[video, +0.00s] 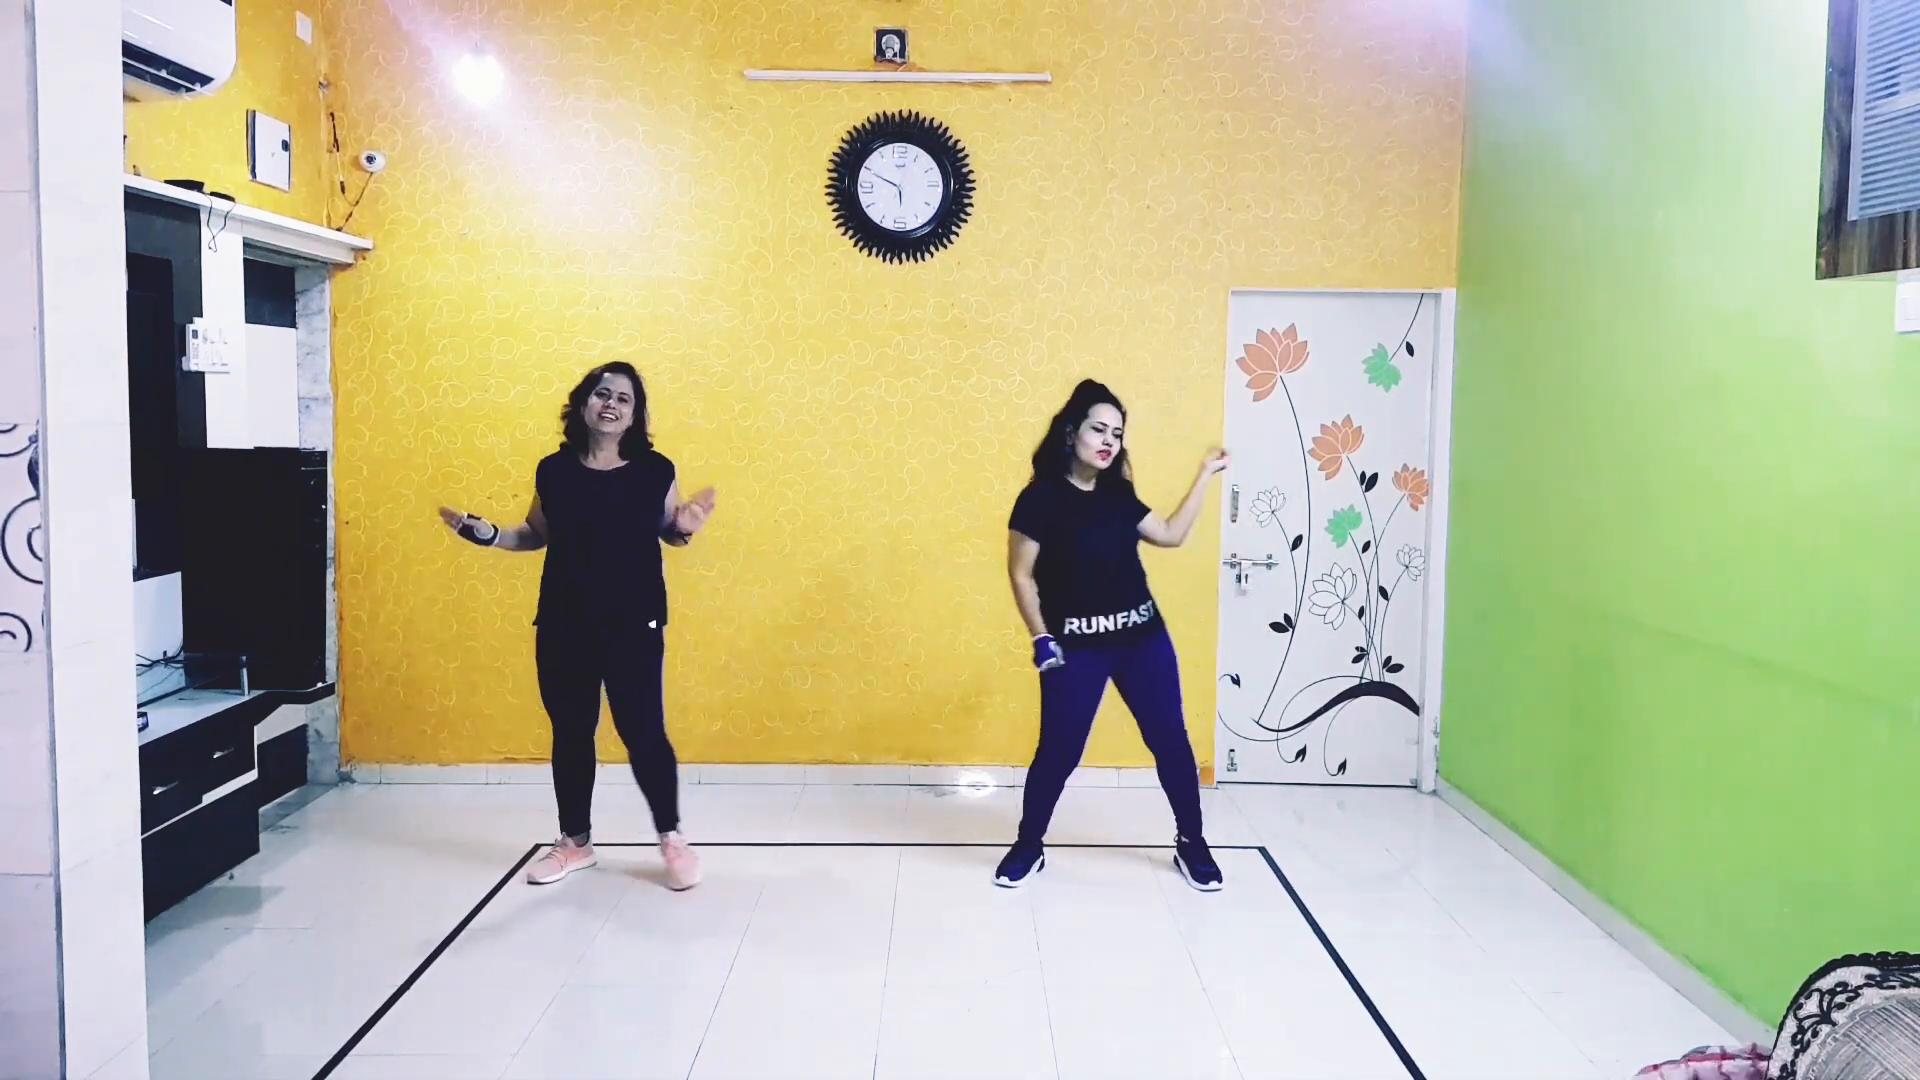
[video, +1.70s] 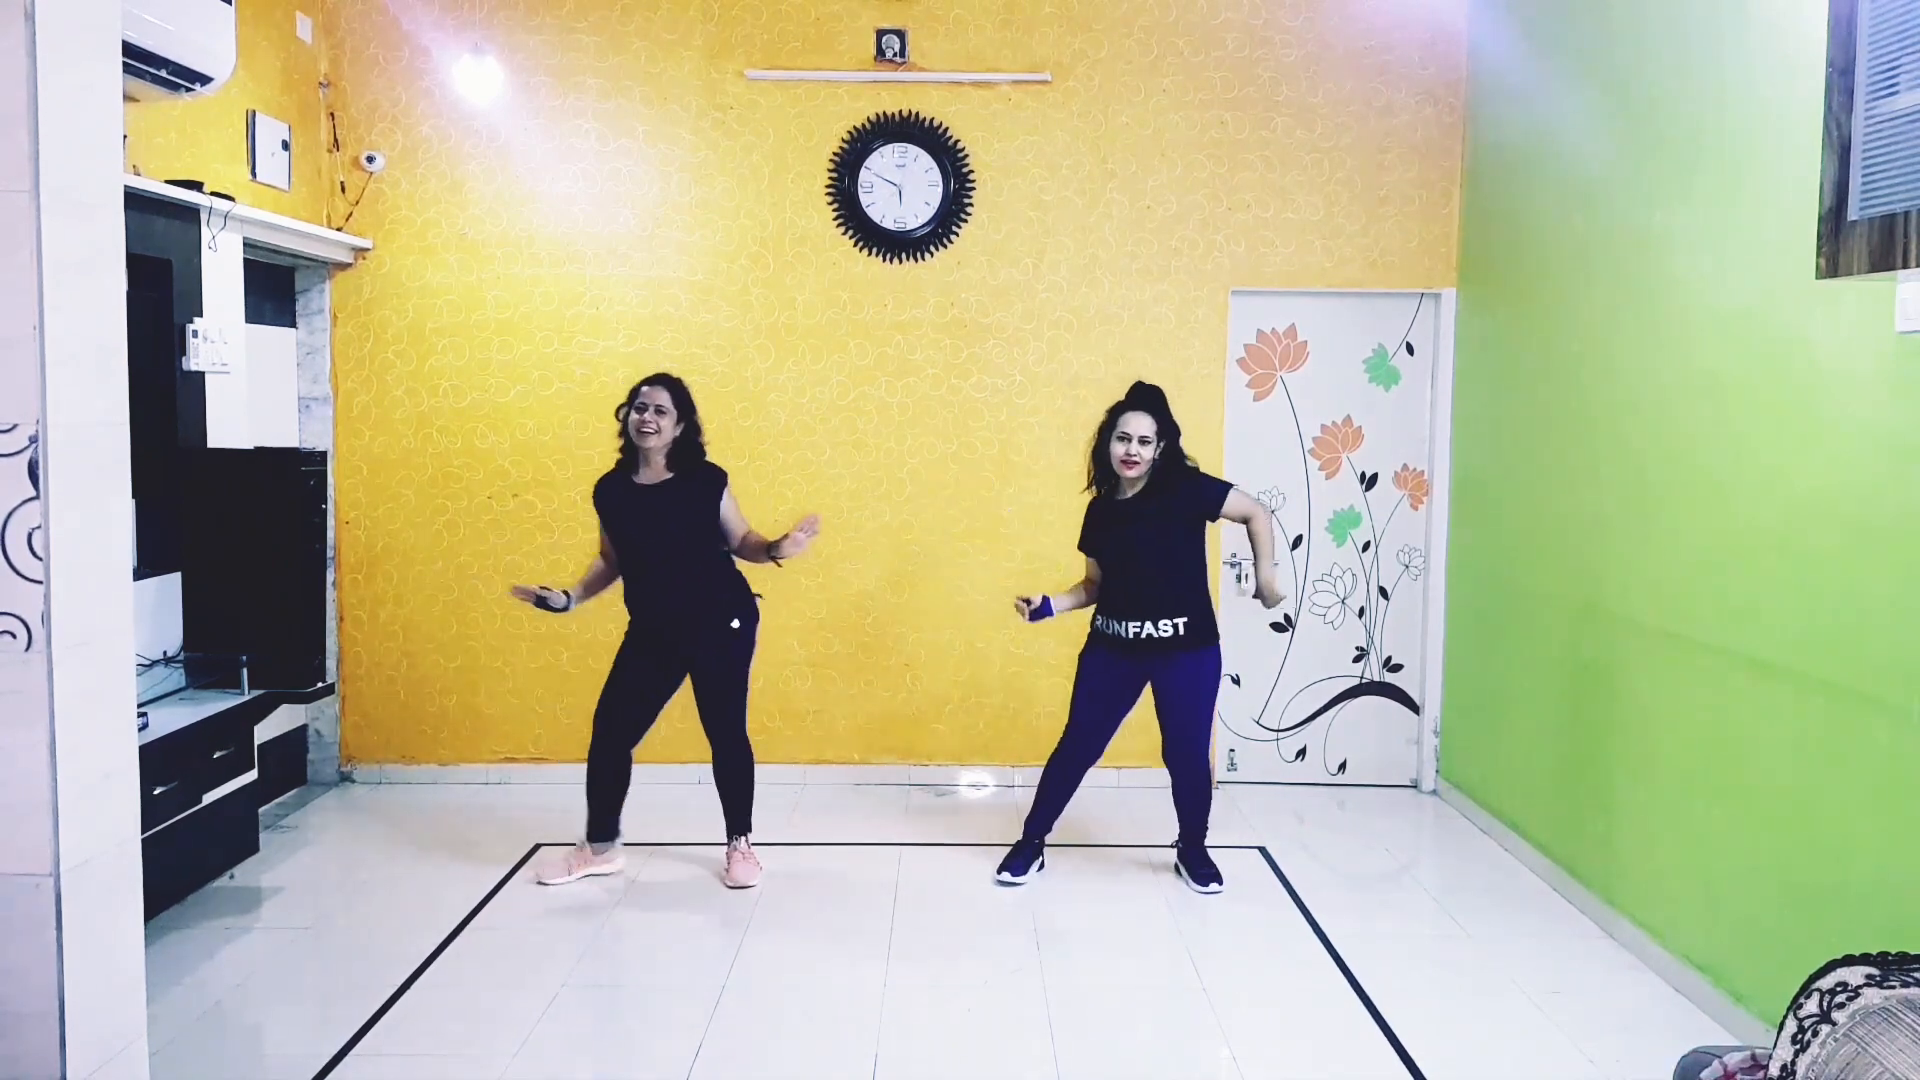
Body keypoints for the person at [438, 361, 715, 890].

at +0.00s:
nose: (610, 404)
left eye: (623, 399)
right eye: (602, 394)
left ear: (636, 413)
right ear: (581, 402)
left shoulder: (655, 471)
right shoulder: (555, 471)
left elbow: (672, 534)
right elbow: (536, 533)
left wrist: (683, 525)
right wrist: (490, 534)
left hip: (633, 625)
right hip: (565, 624)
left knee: (643, 732)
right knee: (570, 734)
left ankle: (670, 838)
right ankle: (574, 843)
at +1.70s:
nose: (646, 415)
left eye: (660, 410)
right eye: (640, 407)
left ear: (681, 423)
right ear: (626, 417)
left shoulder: (705, 481)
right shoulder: (611, 490)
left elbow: (743, 541)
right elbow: (611, 560)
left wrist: (774, 549)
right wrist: (571, 597)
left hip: (720, 623)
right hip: (654, 628)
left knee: (725, 729)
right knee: (610, 730)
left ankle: (739, 845)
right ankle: (601, 849)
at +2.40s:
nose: (655, 420)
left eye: (669, 413)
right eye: (648, 412)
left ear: (691, 428)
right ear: (637, 423)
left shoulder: (715, 489)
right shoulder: (616, 491)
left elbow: (758, 549)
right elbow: (587, 559)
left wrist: (740, 526)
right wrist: (564, 557)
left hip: (696, 640)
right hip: (624, 639)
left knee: (712, 744)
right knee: (607, 746)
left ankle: (731, 847)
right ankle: (604, 848)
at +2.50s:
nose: (663, 408)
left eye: (676, 401)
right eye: (655, 399)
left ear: (697, 413)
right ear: (643, 408)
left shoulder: (721, 464)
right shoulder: (624, 462)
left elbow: (779, 465)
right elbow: (564, 469)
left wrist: (745, 406)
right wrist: (590, 406)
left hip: (701, 623)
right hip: (629, 621)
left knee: (715, 737)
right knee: (614, 734)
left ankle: (732, 845)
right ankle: (603, 845)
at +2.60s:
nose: (668, 384)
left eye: (682, 378)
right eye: (662, 375)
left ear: (702, 388)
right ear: (649, 380)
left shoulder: (718, 424)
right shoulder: (631, 413)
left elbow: (761, 377)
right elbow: (592, 356)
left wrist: (757, 306)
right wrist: (607, 285)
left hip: (701, 586)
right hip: (634, 585)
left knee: (717, 715)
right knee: (612, 711)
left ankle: (737, 835)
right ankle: (590, 830)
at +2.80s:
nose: (675, 387)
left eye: (687, 379)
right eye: (666, 376)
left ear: (706, 388)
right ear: (650, 381)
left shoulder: (724, 432)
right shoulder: (627, 423)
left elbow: (791, 436)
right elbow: (558, 414)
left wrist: (775, 375)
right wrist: (582, 353)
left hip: (703, 589)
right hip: (634, 586)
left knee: (716, 719)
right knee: (605, 713)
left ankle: (738, 842)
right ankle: (569, 834)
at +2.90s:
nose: (672, 410)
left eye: (685, 404)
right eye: (664, 400)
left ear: (703, 416)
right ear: (649, 409)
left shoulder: (726, 480)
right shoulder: (623, 474)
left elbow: (766, 535)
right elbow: (580, 527)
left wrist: (783, 543)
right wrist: (554, 537)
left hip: (702, 627)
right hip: (630, 624)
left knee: (714, 745)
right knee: (603, 740)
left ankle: (729, 854)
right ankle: (571, 853)